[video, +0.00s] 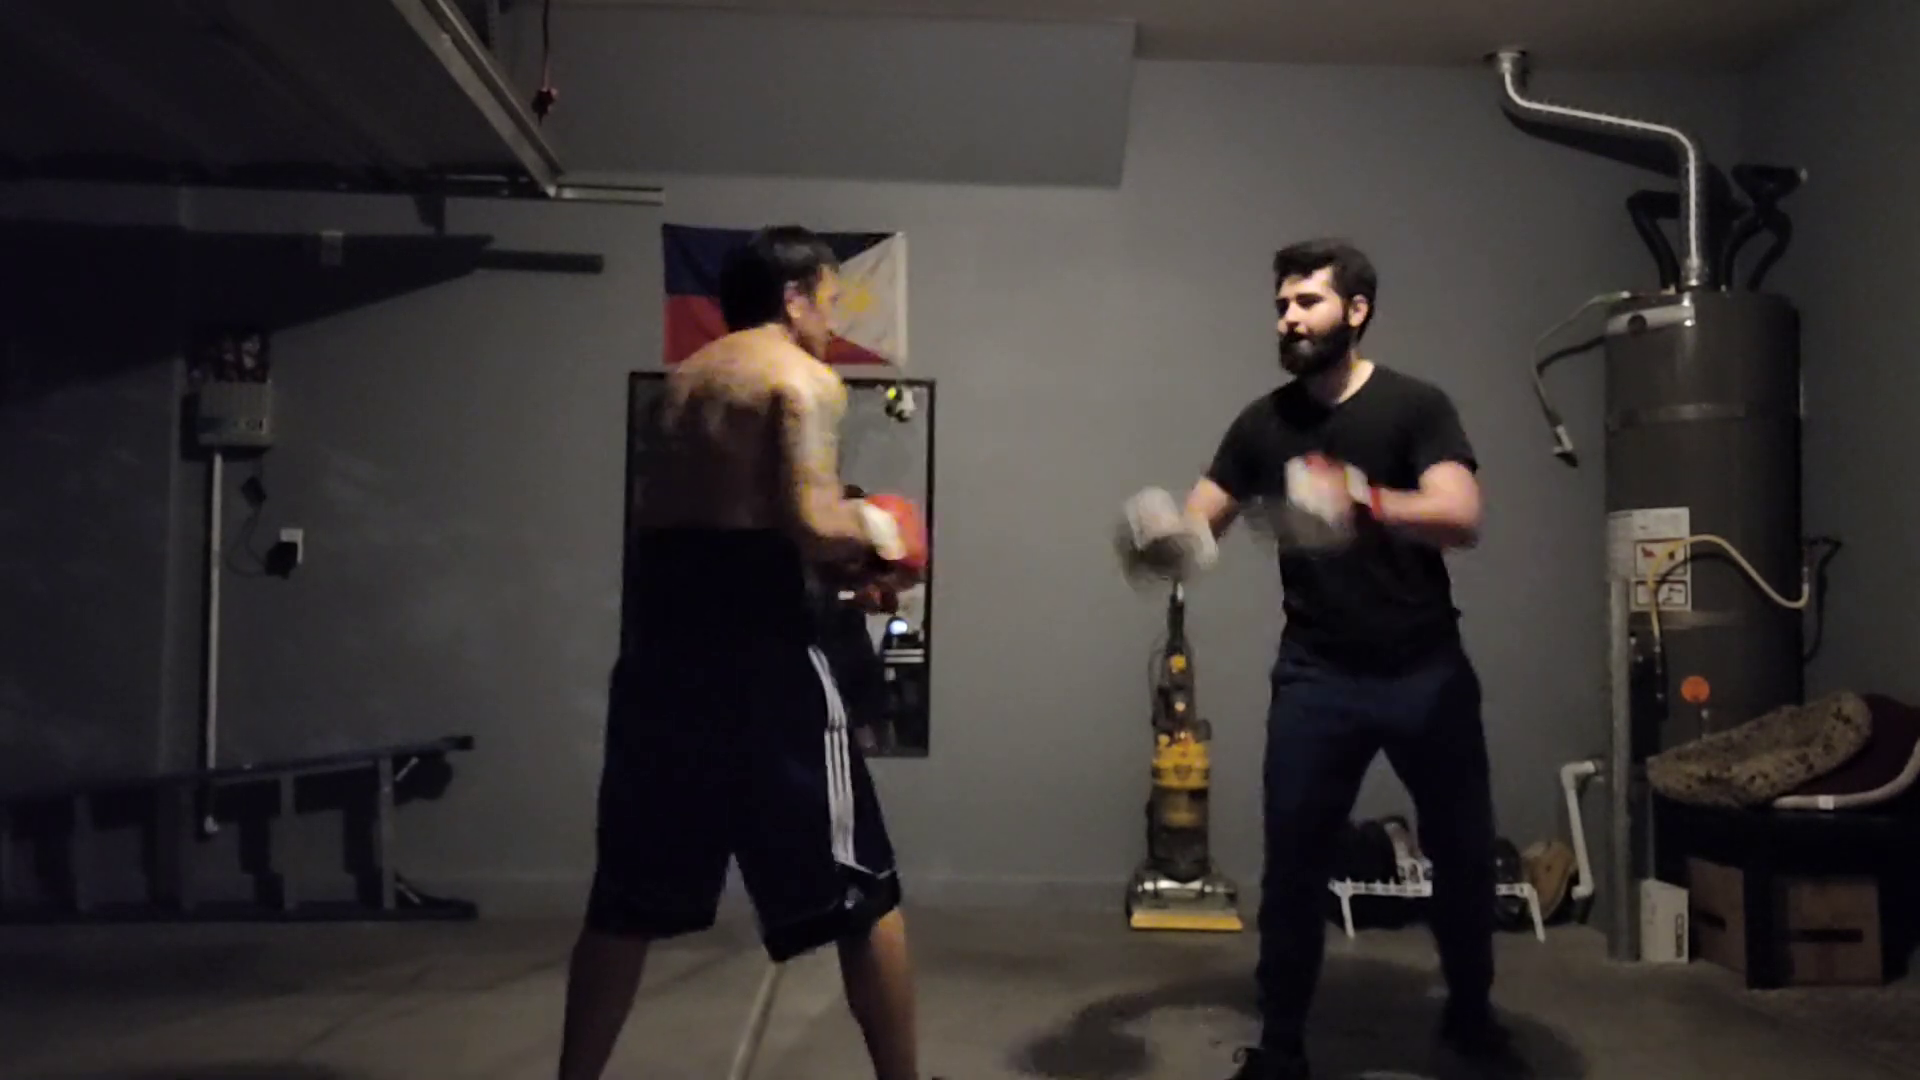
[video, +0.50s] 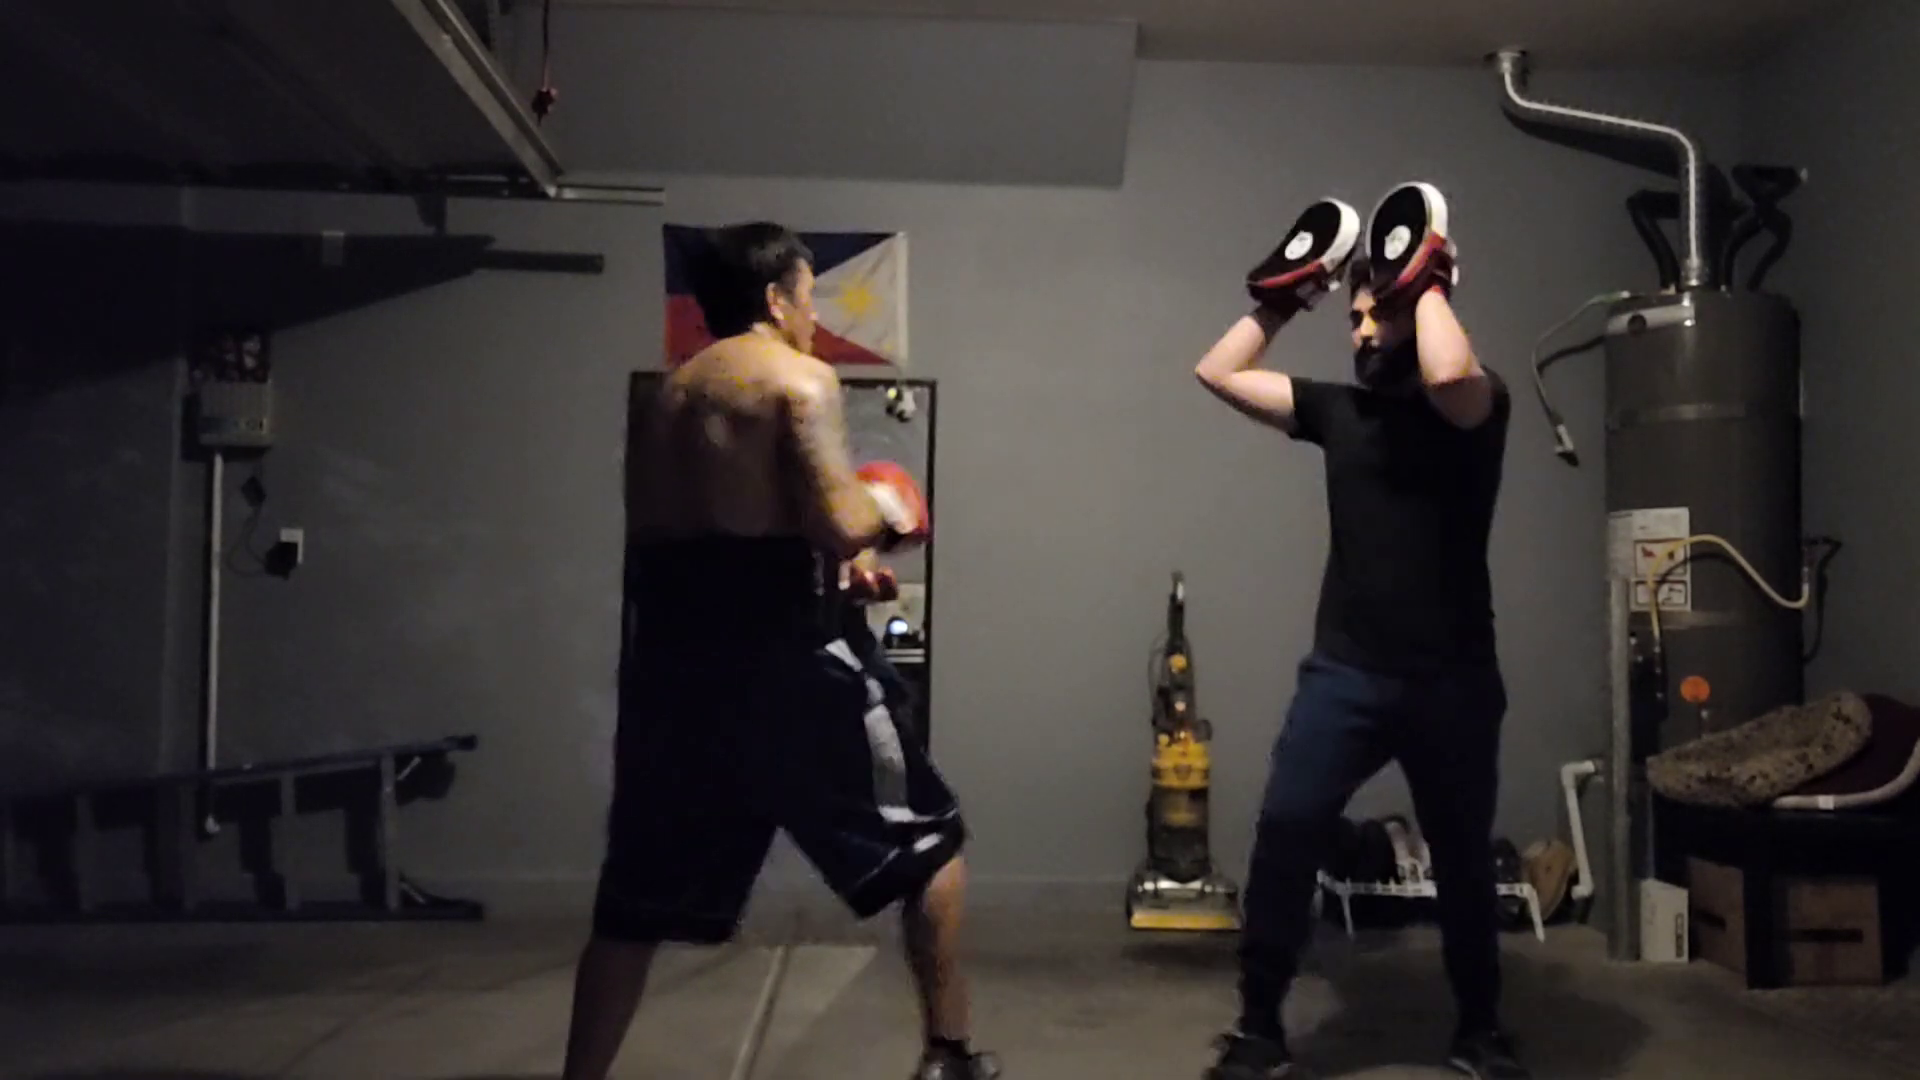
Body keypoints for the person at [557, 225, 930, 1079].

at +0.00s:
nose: (836, 318)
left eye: (834, 301)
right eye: (829, 301)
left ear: (746, 302)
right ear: (796, 300)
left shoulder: (674, 383)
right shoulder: (800, 380)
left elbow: (696, 544)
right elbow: (816, 525)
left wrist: (845, 574)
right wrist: (877, 534)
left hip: (668, 675)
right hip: (778, 678)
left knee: (625, 900)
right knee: (865, 895)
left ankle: (576, 1072)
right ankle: (901, 1071)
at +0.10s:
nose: (815, 309)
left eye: (814, 291)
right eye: (810, 291)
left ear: (724, 289)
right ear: (778, 289)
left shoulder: (649, 382)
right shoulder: (788, 369)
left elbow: (648, 538)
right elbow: (790, 502)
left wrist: (813, 574)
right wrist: (857, 512)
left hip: (651, 668)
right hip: (764, 670)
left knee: (616, 900)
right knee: (860, 887)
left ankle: (573, 1073)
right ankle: (907, 1072)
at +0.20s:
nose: (802, 305)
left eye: (801, 286)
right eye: (797, 285)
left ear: (714, 285)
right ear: (764, 284)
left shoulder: (640, 379)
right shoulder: (779, 366)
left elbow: (673, 526)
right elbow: (808, 502)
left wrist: (828, 555)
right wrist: (866, 488)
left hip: (646, 668)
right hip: (761, 670)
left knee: (613, 901)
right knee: (847, 894)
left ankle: (572, 1073)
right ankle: (885, 1071)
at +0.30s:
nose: (798, 303)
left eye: (797, 284)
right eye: (792, 283)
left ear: (706, 284)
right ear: (760, 282)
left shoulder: (638, 383)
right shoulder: (781, 368)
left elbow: (683, 528)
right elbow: (817, 506)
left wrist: (835, 537)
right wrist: (866, 480)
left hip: (652, 672)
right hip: (770, 675)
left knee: (614, 904)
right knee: (856, 890)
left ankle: (573, 1074)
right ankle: (889, 1071)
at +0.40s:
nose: (805, 304)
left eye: (802, 286)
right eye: (798, 286)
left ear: (714, 290)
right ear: (765, 287)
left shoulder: (645, 383)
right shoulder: (787, 372)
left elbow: (677, 541)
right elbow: (814, 514)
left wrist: (832, 564)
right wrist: (863, 483)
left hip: (661, 670)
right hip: (778, 670)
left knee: (626, 896)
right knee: (888, 864)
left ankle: (577, 1073)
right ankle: (910, 1065)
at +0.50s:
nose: (814, 314)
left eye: (811, 295)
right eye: (808, 296)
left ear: (721, 304)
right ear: (778, 299)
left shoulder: (656, 393)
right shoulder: (798, 385)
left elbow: (687, 534)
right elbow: (842, 529)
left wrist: (832, 566)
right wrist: (885, 501)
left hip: (677, 681)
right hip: (793, 679)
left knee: (633, 895)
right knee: (929, 838)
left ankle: (581, 1072)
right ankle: (949, 1049)